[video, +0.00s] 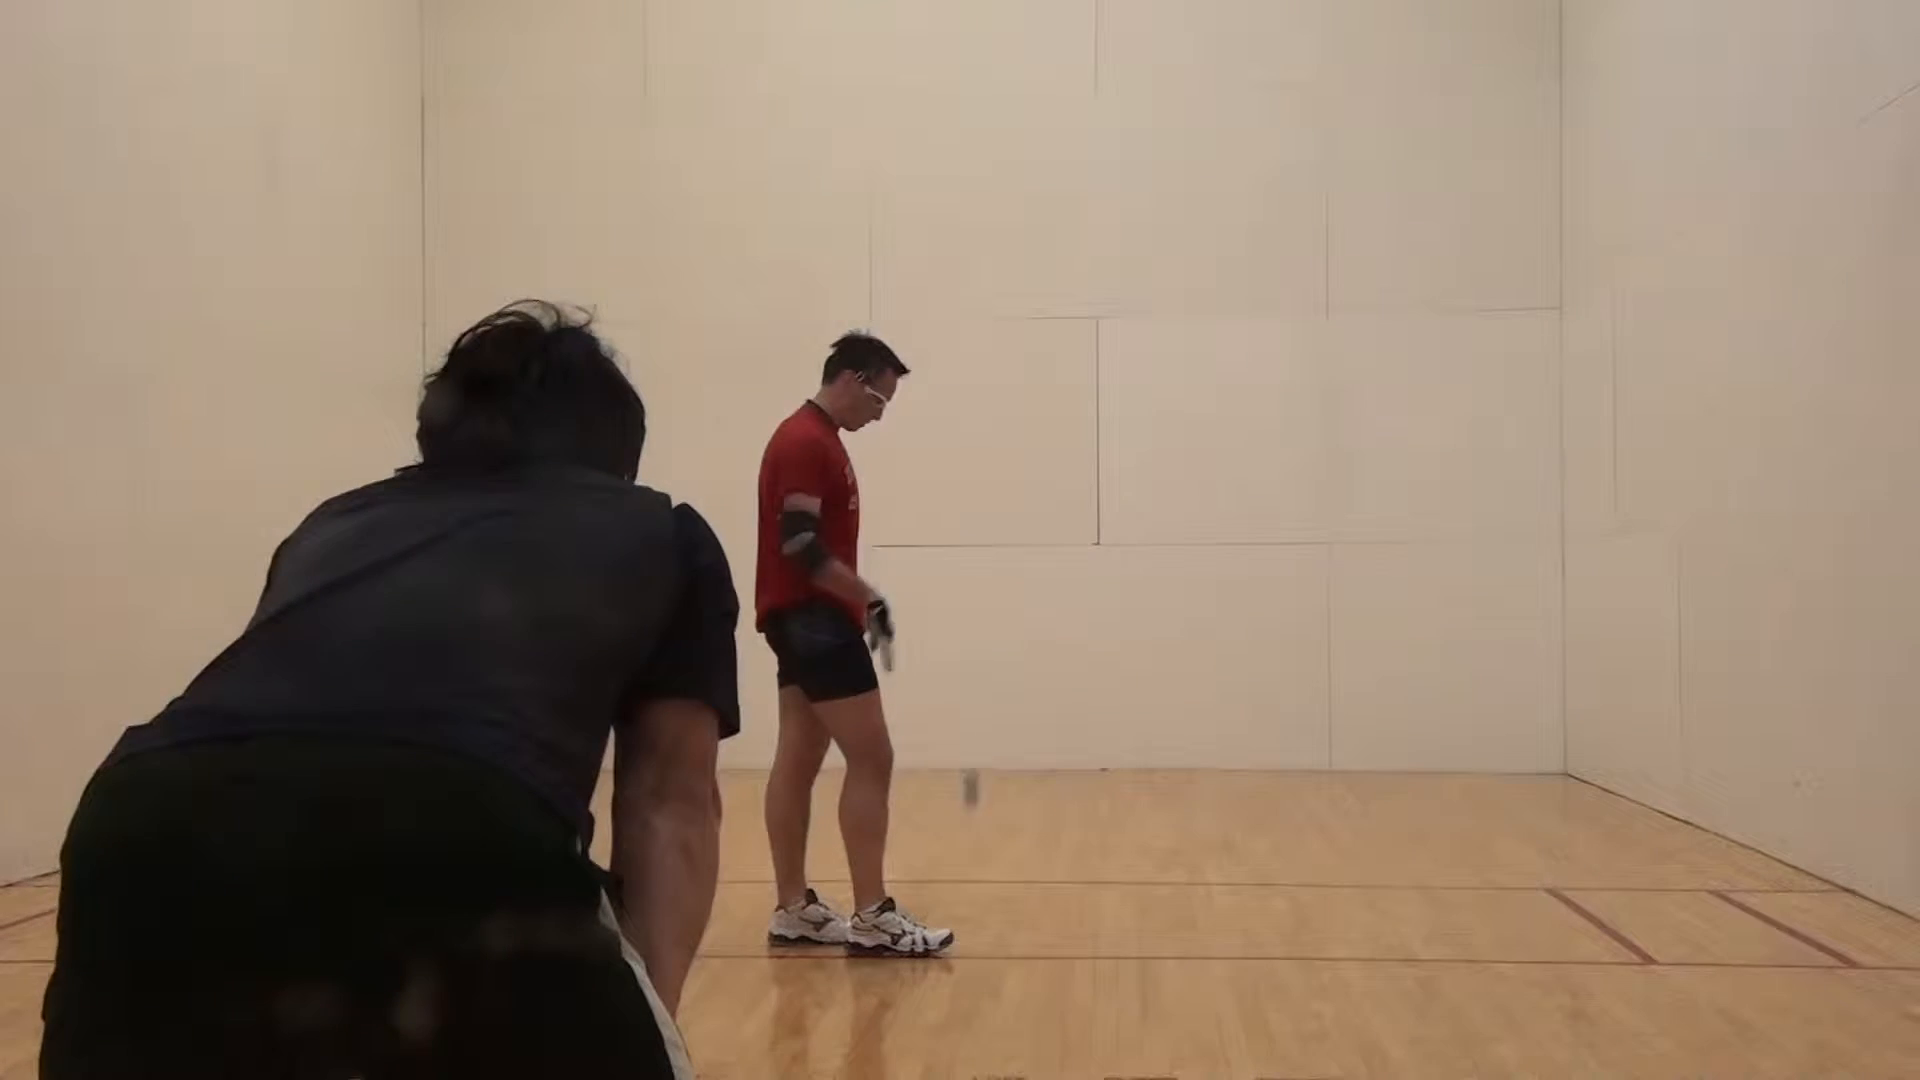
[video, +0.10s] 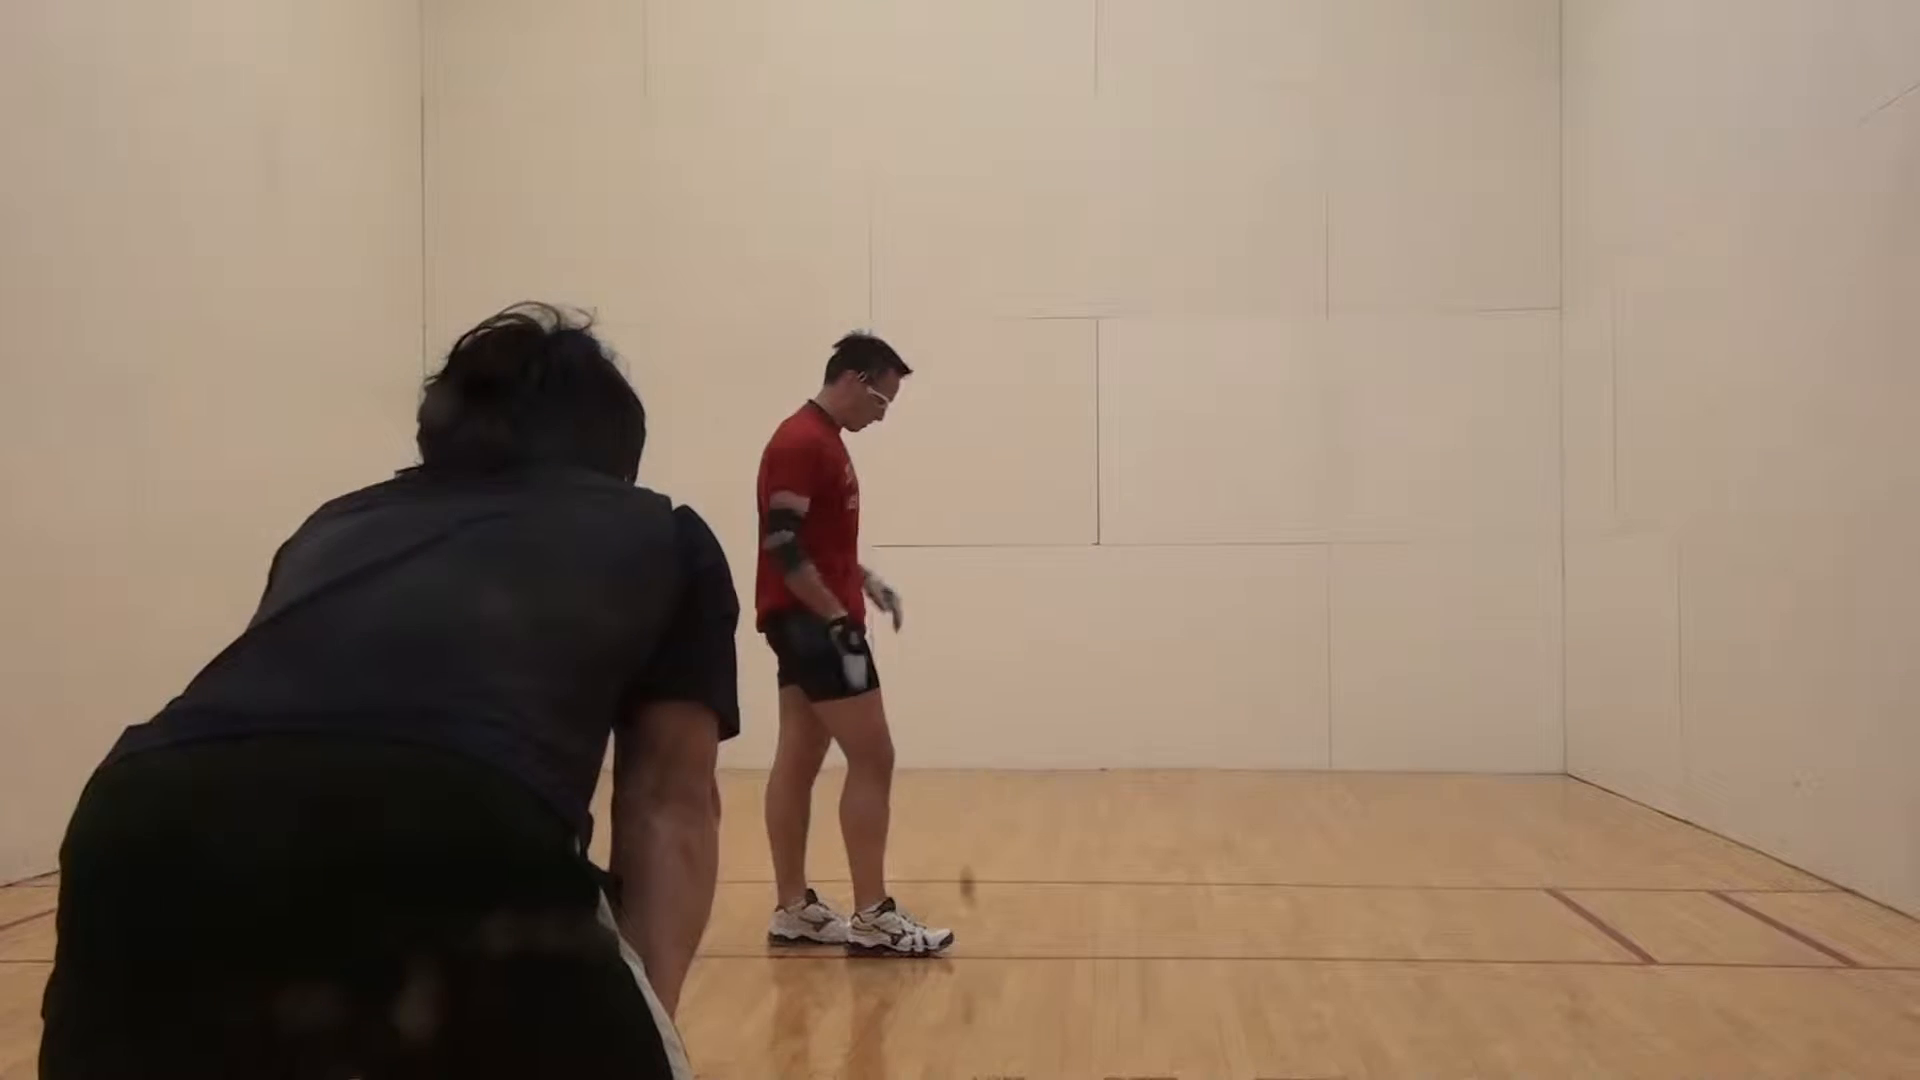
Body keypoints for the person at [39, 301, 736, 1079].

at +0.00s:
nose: (638, 479)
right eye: (633, 464)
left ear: (438, 436)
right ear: (611, 452)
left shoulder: (334, 517)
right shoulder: (660, 531)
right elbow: (671, 794)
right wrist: (642, 1032)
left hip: (153, 819)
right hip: (455, 829)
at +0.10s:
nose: (637, 481)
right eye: (633, 466)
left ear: (438, 437)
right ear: (611, 454)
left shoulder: (334, 519)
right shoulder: (661, 533)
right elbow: (671, 793)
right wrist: (643, 1031)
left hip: (152, 817)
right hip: (453, 827)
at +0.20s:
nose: (638, 481)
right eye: (635, 467)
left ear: (439, 438)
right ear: (611, 455)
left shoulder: (334, 519)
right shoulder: (659, 533)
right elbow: (669, 792)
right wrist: (641, 1032)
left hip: (152, 816)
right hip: (453, 826)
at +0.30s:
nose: (637, 480)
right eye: (634, 466)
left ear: (438, 437)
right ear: (609, 454)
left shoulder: (332, 518)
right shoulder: (658, 533)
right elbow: (667, 794)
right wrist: (639, 1031)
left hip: (155, 817)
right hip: (456, 826)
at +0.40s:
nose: (635, 480)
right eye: (632, 467)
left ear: (436, 437)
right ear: (608, 455)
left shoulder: (330, 516)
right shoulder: (654, 531)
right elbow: (665, 798)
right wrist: (637, 1029)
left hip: (155, 813)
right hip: (456, 822)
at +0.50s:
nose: (634, 481)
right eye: (630, 468)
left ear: (434, 439)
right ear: (606, 456)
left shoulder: (330, 512)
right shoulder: (652, 529)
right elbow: (664, 797)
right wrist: (637, 1027)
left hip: (155, 812)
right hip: (455, 822)